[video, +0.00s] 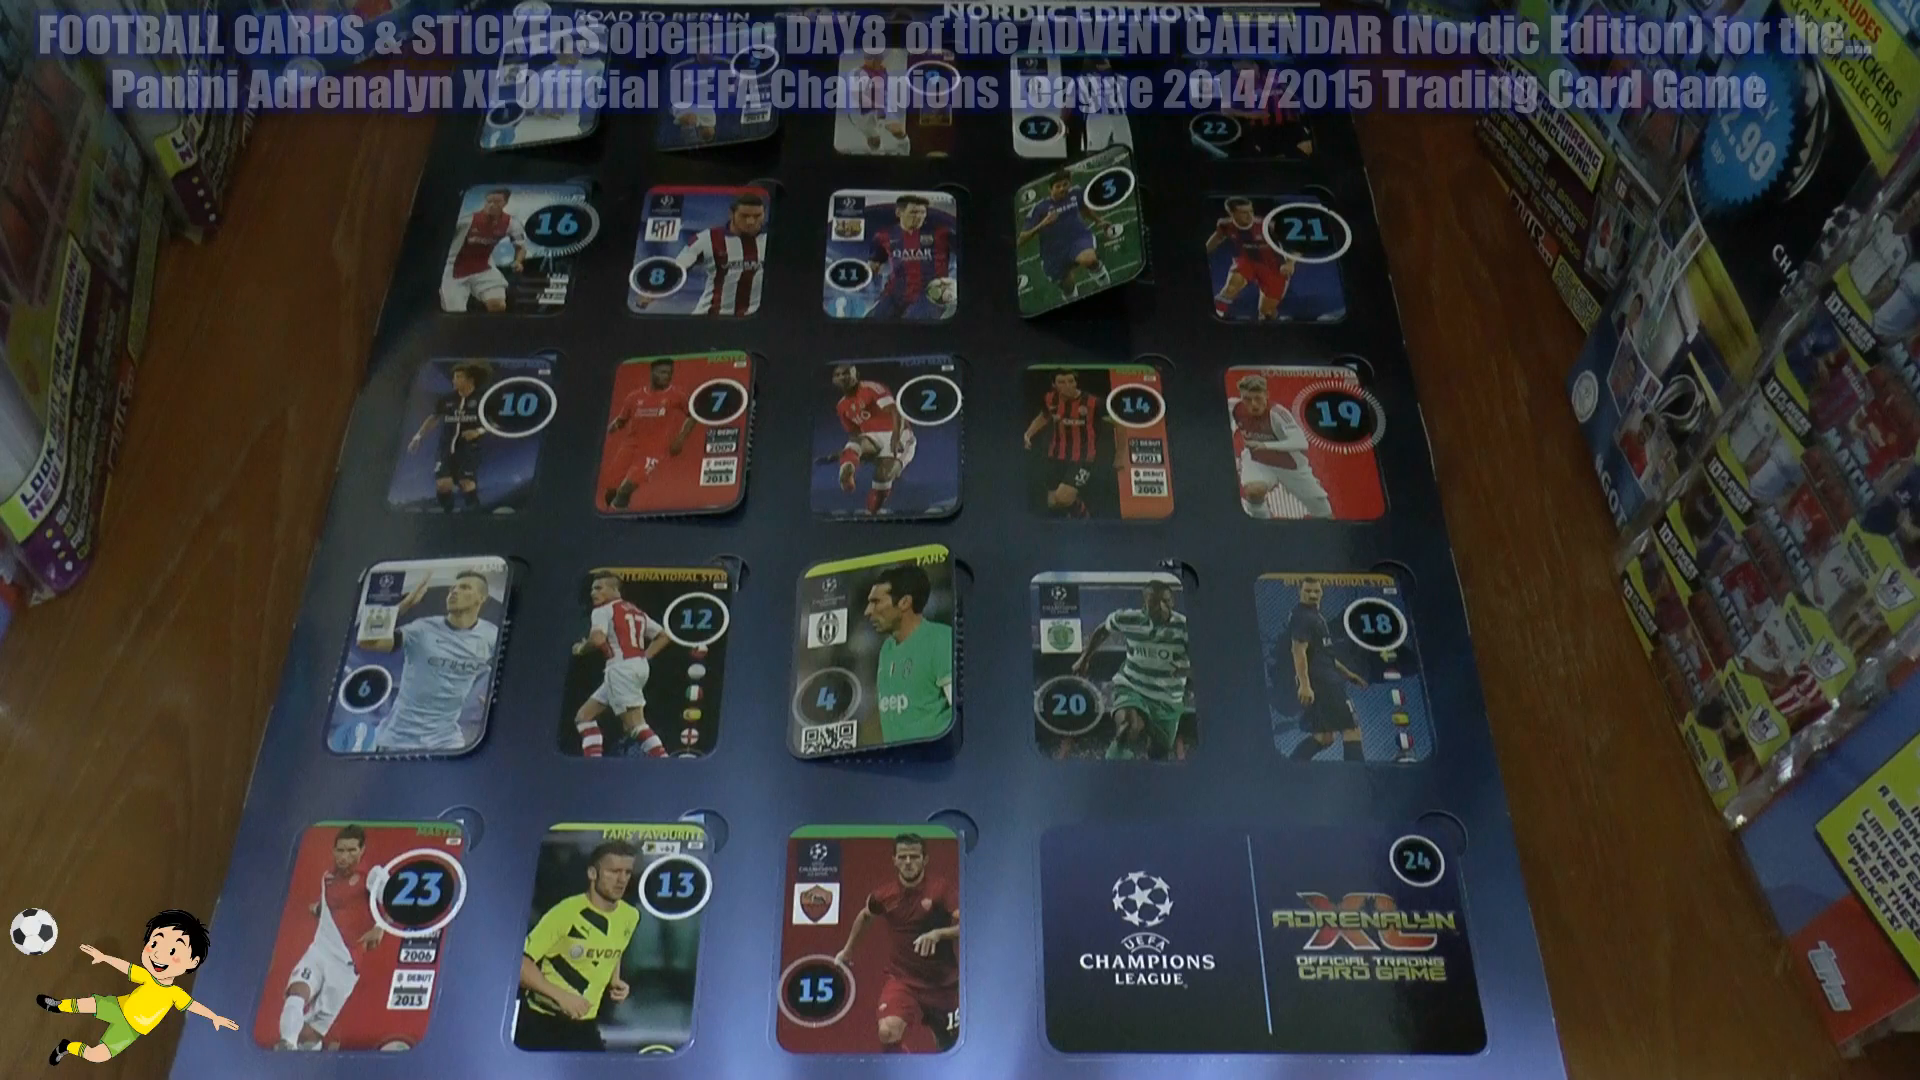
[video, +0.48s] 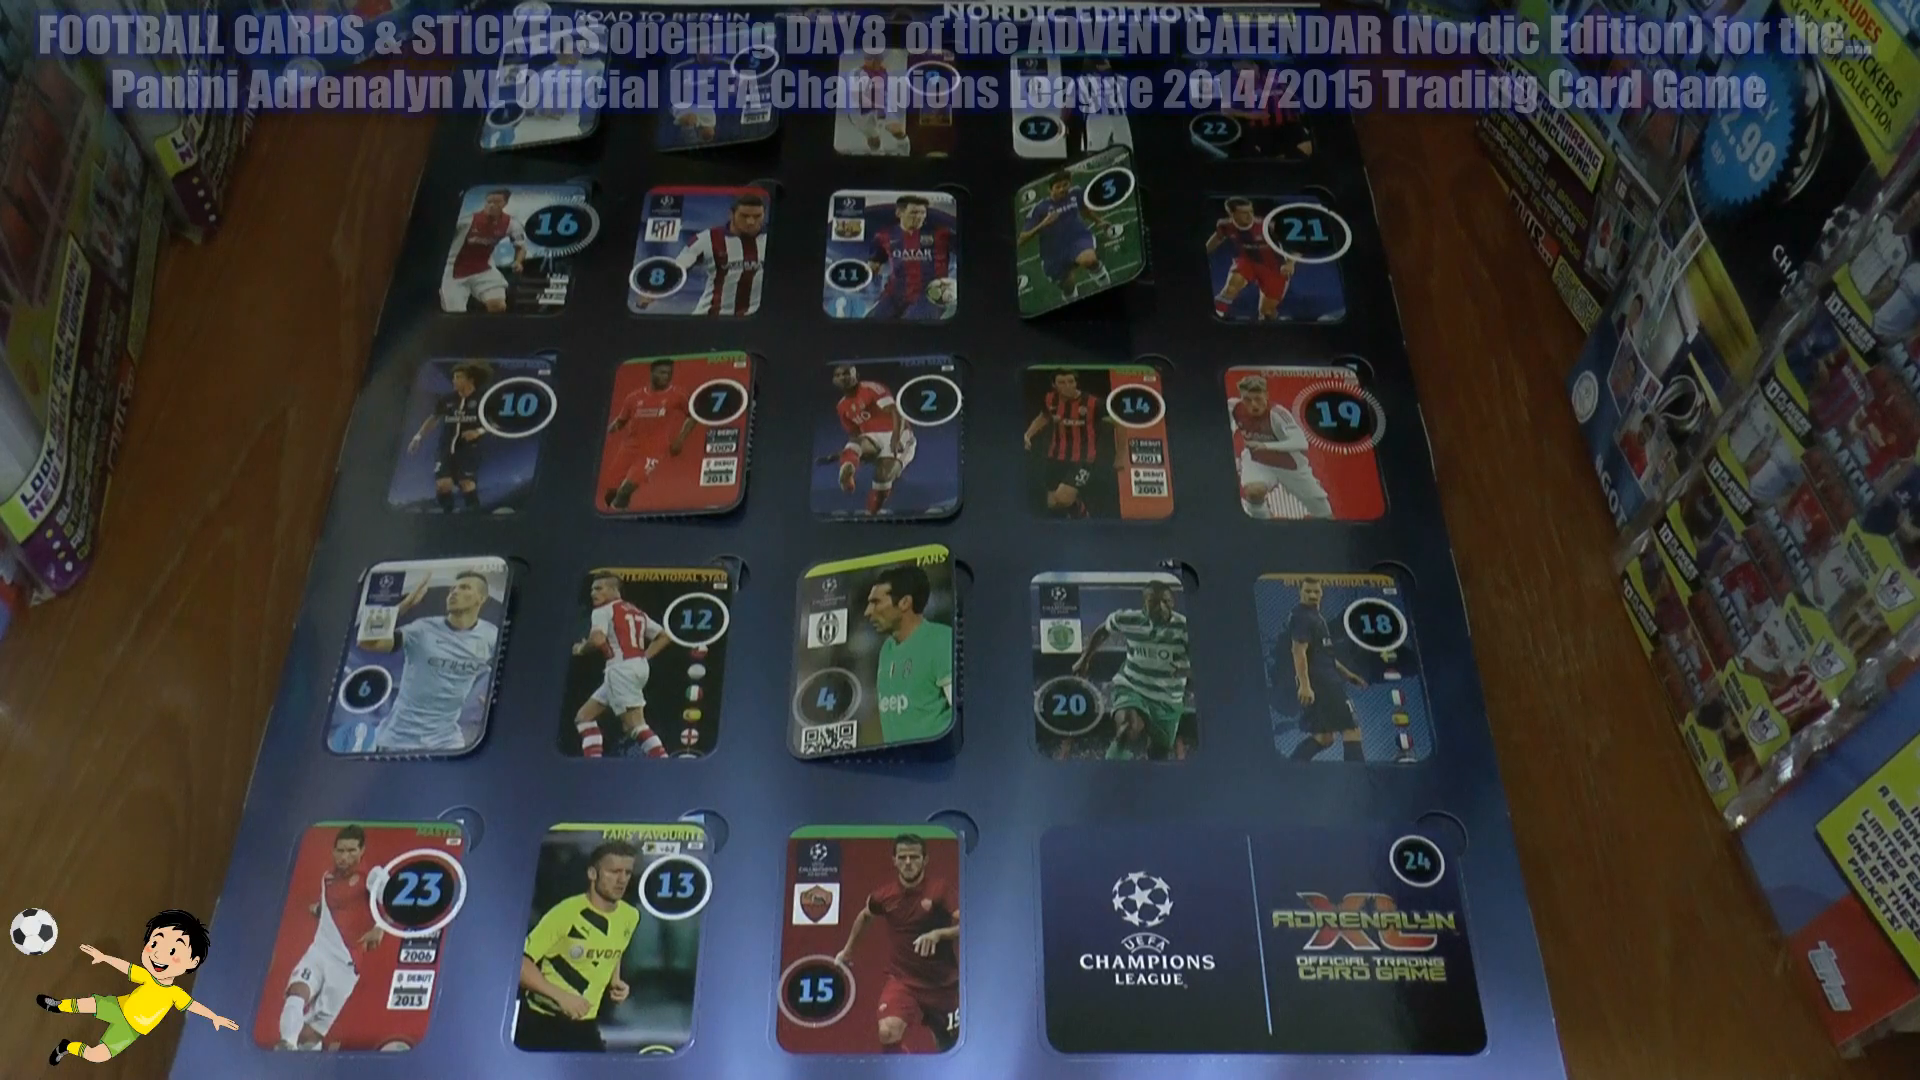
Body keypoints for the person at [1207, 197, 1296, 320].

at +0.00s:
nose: (1249, 216)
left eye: (1251, 212)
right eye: (1244, 213)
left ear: (1253, 211)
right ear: (1233, 214)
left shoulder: (1266, 226)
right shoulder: (1226, 226)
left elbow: (1291, 245)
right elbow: (1208, 248)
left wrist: (1290, 263)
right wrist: (1219, 234)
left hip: (1273, 268)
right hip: (1246, 263)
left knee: (1266, 311)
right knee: (1230, 290)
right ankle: (1214, 324)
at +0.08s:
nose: (1249, 216)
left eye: (1251, 212)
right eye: (1244, 213)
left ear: (1253, 211)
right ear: (1232, 214)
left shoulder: (1267, 226)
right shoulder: (1225, 226)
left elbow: (1291, 246)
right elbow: (1208, 249)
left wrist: (1290, 263)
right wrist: (1218, 236)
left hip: (1273, 268)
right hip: (1246, 263)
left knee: (1267, 311)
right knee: (1230, 290)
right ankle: (1214, 324)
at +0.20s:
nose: (1249, 216)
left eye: (1251, 212)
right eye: (1244, 213)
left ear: (1253, 211)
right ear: (1232, 215)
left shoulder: (1267, 226)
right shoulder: (1226, 226)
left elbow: (1291, 245)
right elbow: (1217, 238)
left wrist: (1290, 263)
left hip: (1273, 268)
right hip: (1246, 263)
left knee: (1267, 311)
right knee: (1230, 290)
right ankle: (1214, 322)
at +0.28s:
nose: (1249, 216)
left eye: (1251, 212)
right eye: (1244, 213)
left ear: (1253, 211)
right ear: (1232, 214)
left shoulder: (1267, 226)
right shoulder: (1226, 226)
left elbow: (1291, 245)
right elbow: (1217, 238)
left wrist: (1290, 263)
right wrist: (1204, 252)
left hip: (1273, 268)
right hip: (1246, 263)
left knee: (1267, 311)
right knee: (1230, 290)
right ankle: (1213, 323)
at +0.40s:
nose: (1249, 216)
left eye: (1251, 212)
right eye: (1245, 213)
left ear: (1253, 211)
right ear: (1232, 214)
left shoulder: (1267, 226)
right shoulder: (1225, 226)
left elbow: (1292, 245)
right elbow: (1217, 238)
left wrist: (1290, 263)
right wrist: (1203, 252)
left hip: (1273, 268)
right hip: (1247, 263)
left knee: (1267, 311)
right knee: (1230, 291)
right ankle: (1213, 325)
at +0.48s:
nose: (1250, 216)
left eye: (1251, 212)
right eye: (1244, 213)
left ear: (1253, 211)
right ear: (1232, 214)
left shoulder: (1267, 226)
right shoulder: (1225, 226)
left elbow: (1291, 245)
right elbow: (1216, 239)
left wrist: (1290, 263)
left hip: (1273, 268)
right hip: (1246, 263)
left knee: (1267, 311)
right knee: (1230, 290)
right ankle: (1213, 325)